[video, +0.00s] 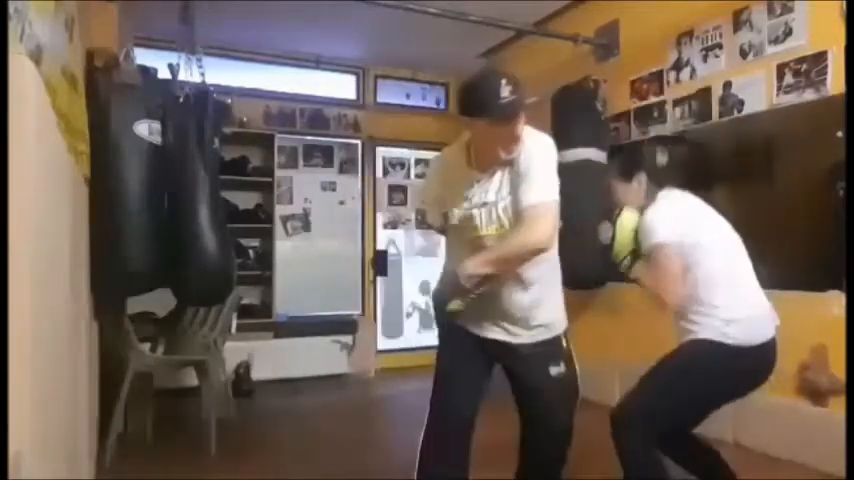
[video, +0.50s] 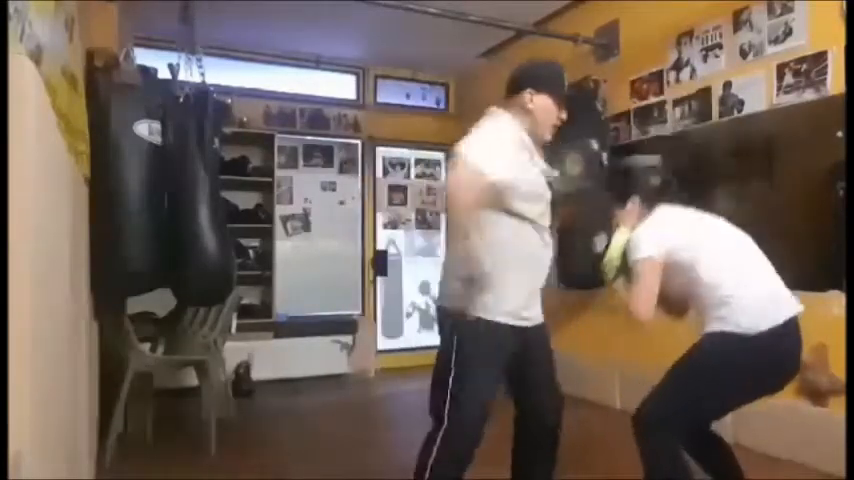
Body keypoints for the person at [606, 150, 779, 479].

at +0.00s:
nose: (615, 198)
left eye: (617, 187)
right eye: (612, 188)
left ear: (639, 180)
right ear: (645, 181)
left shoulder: (659, 214)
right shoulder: (684, 202)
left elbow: (671, 294)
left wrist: (633, 264)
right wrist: (638, 256)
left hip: (724, 347)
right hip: (754, 345)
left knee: (629, 420)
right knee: (665, 427)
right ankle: (720, 473)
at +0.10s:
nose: (626, 182)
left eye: (627, 170)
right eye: (622, 173)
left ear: (652, 157)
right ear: (651, 160)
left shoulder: (698, 188)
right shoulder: (672, 201)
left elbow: (690, 272)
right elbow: (637, 263)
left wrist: (652, 231)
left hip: (730, 328)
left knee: (644, 417)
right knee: (669, 424)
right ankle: (722, 473)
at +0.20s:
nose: (628, 169)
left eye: (632, 158)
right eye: (624, 162)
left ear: (660, 149)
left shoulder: (702, 181)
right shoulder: (661, 199)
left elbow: (689, 263)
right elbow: (602, 233)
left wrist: (649, 218)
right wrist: (548, 210)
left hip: (742, 315)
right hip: (719, 317)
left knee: (663, 414)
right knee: (666, 416)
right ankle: (720, 471)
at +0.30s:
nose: (627, 172)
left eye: (629, 161)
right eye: (623, 165)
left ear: (656, 150)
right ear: (656, 153)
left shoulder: (686, 183)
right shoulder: (686, 183)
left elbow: (675, 266)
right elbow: (679, 255)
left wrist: (643, 218)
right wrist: (638, 249)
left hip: (736, 317)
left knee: (661, 414)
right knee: (676, 416)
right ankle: (728, 473)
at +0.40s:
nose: (618, 187)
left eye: (621, 176)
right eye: (615, 179)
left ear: (645, 168)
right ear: (648, 170)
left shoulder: (665, 200)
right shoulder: (685, 191)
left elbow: (656, 278)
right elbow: (692, 278)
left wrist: (626, 236)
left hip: (737, 325)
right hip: (766, 322)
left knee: (658, 417)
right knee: (686, 420)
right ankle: (730, 473)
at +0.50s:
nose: (616, 220)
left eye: (617, 210)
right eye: (613, 212)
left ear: (633, 204)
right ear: (656, 197)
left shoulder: (649, 231)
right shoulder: (688, 219)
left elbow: (642, 311)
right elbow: (678, 307)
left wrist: (617, 276)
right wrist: (632, 268)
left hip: (737, 345)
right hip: (783, 342)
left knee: (652, 422)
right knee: (689, 424)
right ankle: (731, 473)